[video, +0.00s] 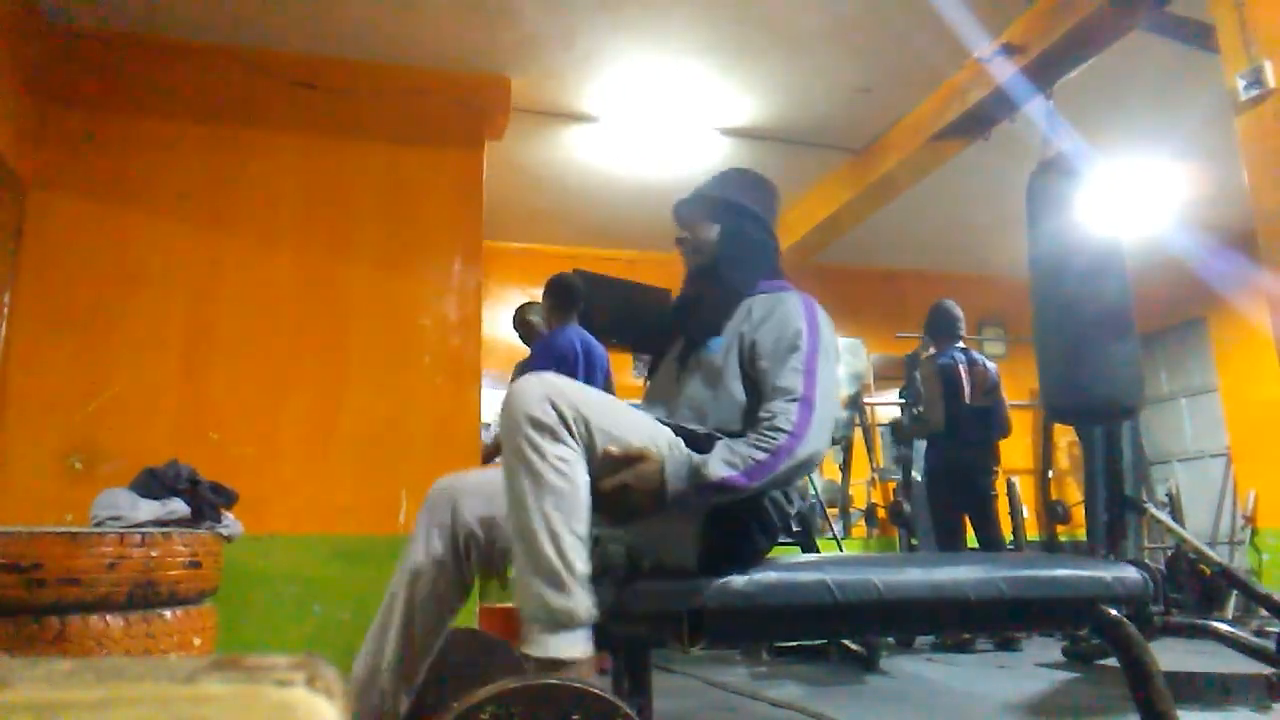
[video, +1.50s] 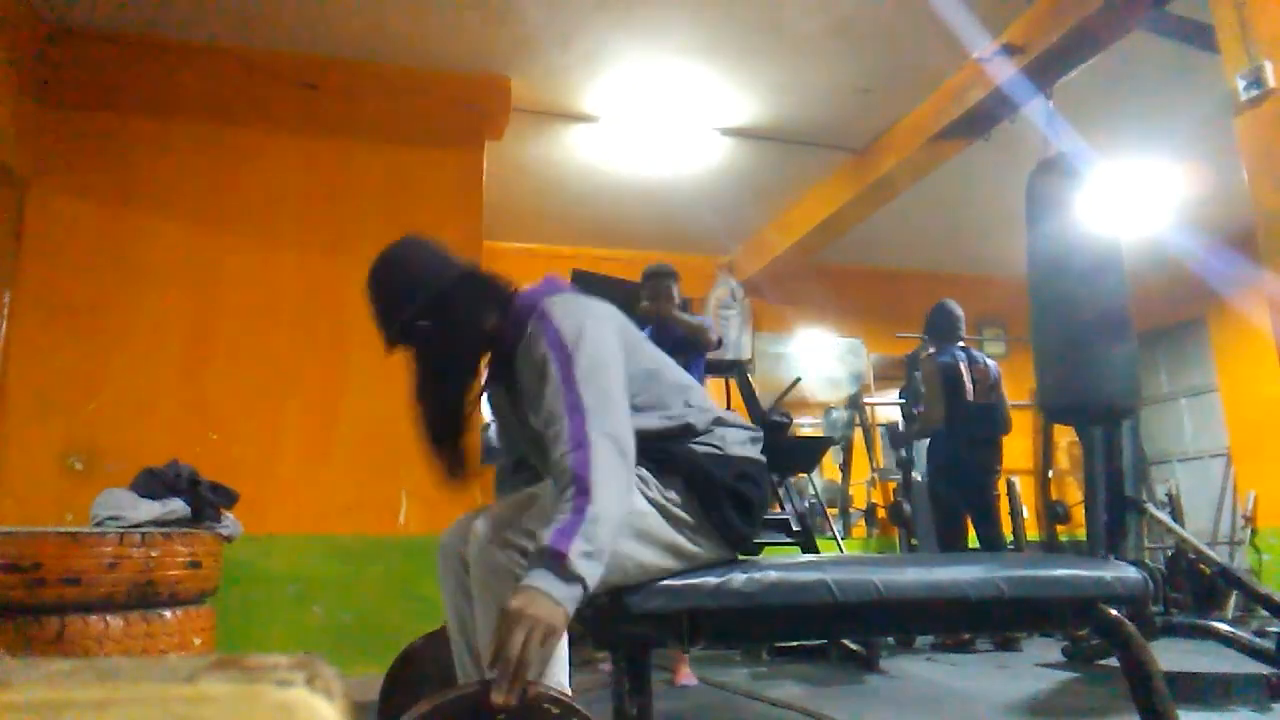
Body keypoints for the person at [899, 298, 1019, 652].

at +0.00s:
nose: (928, 339)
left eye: (928, 333)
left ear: (930, 333)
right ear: (963, 330)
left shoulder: (931, 368)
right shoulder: (986, 366)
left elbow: (934, 423)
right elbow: (1004, 424)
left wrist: (905, 428)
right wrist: (972, 431)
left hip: (944, 466)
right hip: (981, 465)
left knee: (950, 546)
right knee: (992, 542)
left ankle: (956, 628)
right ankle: (1008, 626)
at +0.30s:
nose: (919, 342)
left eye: (919, 337)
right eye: (922, 337)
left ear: (921, 337)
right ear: (953, 334)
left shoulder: (924, 370)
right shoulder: (979, 370)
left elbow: (937, 421)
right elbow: (998, 426)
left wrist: (922, 471)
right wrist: (1003, 472)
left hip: (944, 474)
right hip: (978, 472)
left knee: (947, 550)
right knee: (991, 545)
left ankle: (957, 630)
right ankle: (1008, 625)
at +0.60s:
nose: (920, 338)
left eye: (921, 332)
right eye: (923, 333)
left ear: (926, 334)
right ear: (958, 333)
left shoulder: (925, 367)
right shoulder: (983, 367)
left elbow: (937, 420)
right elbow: (1003, 425)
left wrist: (914, 455)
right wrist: (992, 461)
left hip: (945, 467)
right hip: (979, 466)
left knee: (949, 545)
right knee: (990, 541)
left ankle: (956, 628)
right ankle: (1006, 626)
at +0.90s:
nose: (927, 345)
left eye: (927, 339)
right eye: (928, 340)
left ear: (932, 336)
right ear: (960, 331)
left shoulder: (937, 364)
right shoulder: (991, 364)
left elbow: (922, 417)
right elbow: (1001, 422)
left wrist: (906, 404)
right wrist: (970, 418)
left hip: (947, 468)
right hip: (983, 466)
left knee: (950, 546)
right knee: (994, 542)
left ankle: (956, 628)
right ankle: (1009, 626)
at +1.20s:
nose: (924, 347)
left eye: (923, 342)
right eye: (926, 343)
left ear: (926, 339)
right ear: (955, 334)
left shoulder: (932, 366)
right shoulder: (987, 366)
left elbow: (915, 417)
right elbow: (994, 418)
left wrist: (909, 392)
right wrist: (992, 457)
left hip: (944, 468)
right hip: (981, 467)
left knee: (950, 546)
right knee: (993, 541)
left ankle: (956, 628)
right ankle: (1009, 626)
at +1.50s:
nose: (928, 337)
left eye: (929, 330)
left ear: (930, 330)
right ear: (963, 329)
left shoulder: (933, 363)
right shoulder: (988, 364)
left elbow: (935, 420)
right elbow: (1005, 423)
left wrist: (905, 433)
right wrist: (972, 424)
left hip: (948, 465)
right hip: (984, 465)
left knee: (951, 544)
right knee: (994, 541)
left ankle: (957, 627)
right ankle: (1008, 626)